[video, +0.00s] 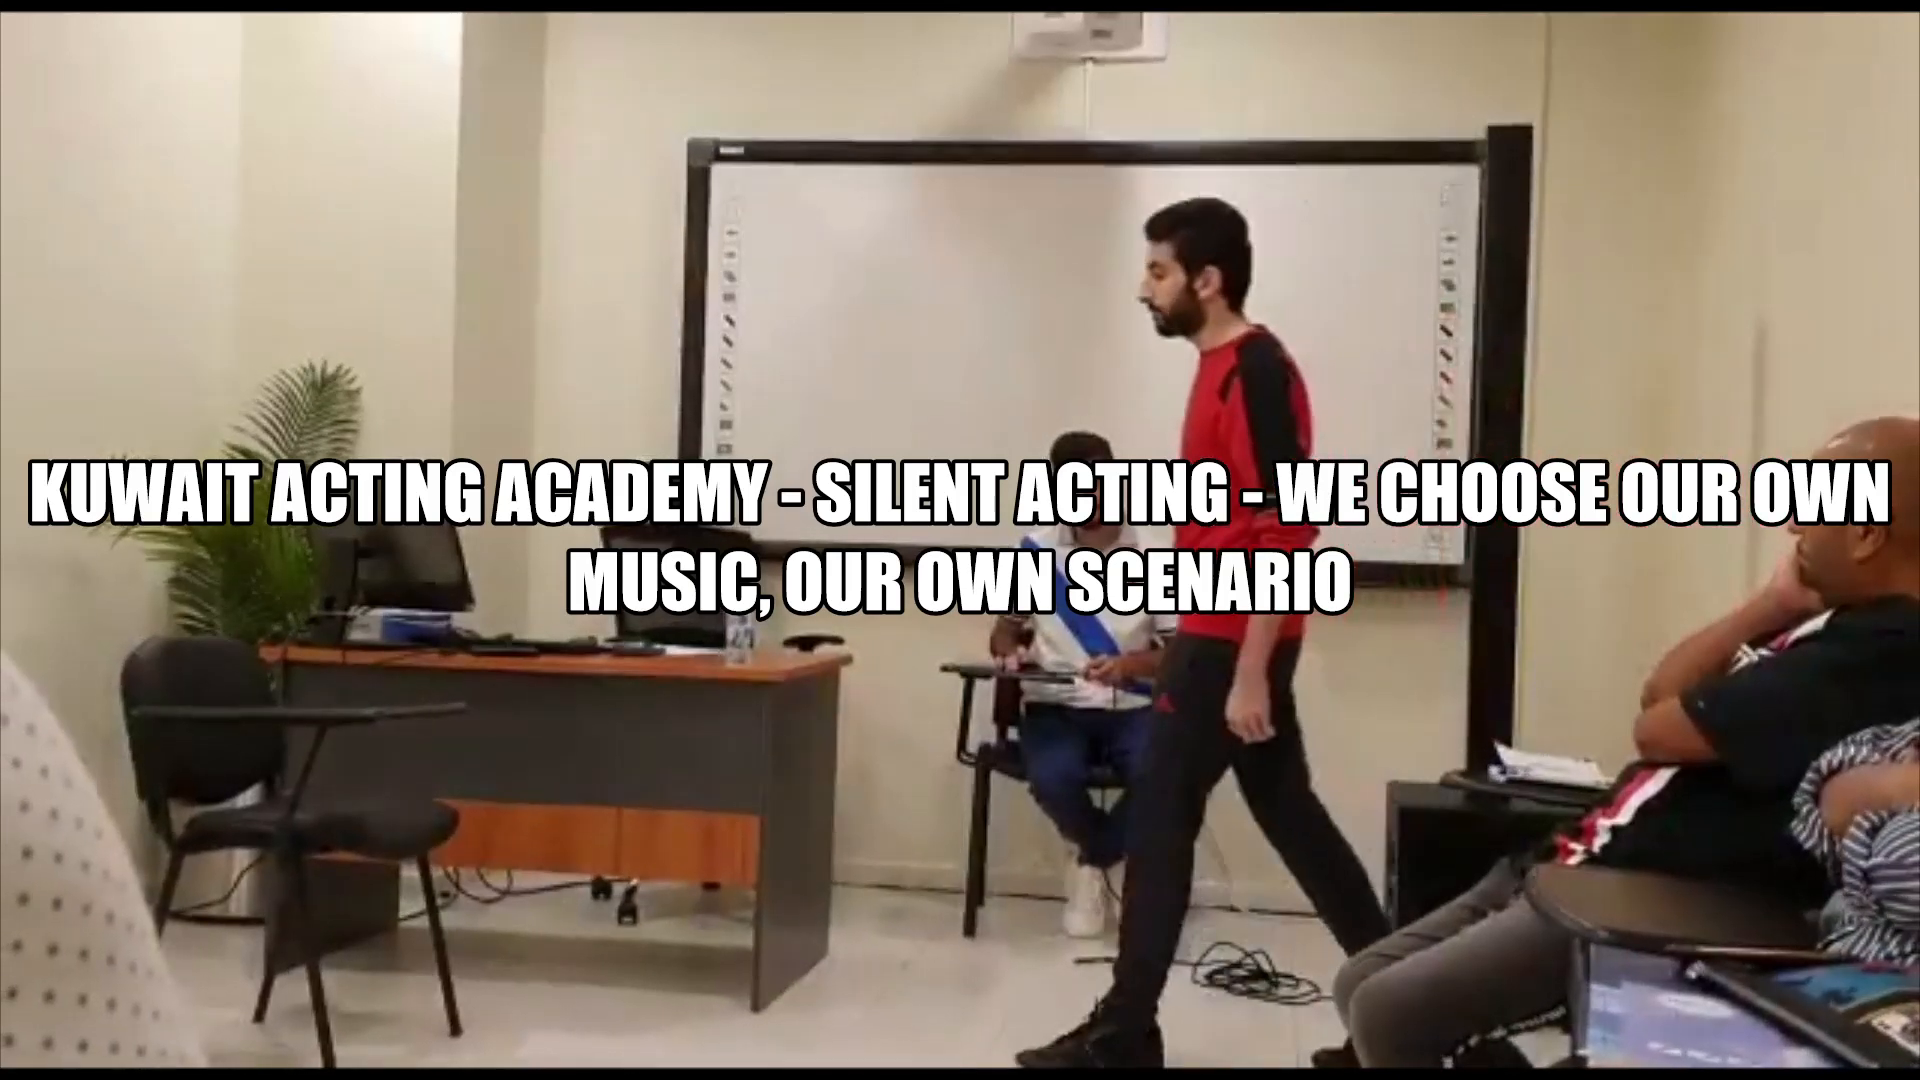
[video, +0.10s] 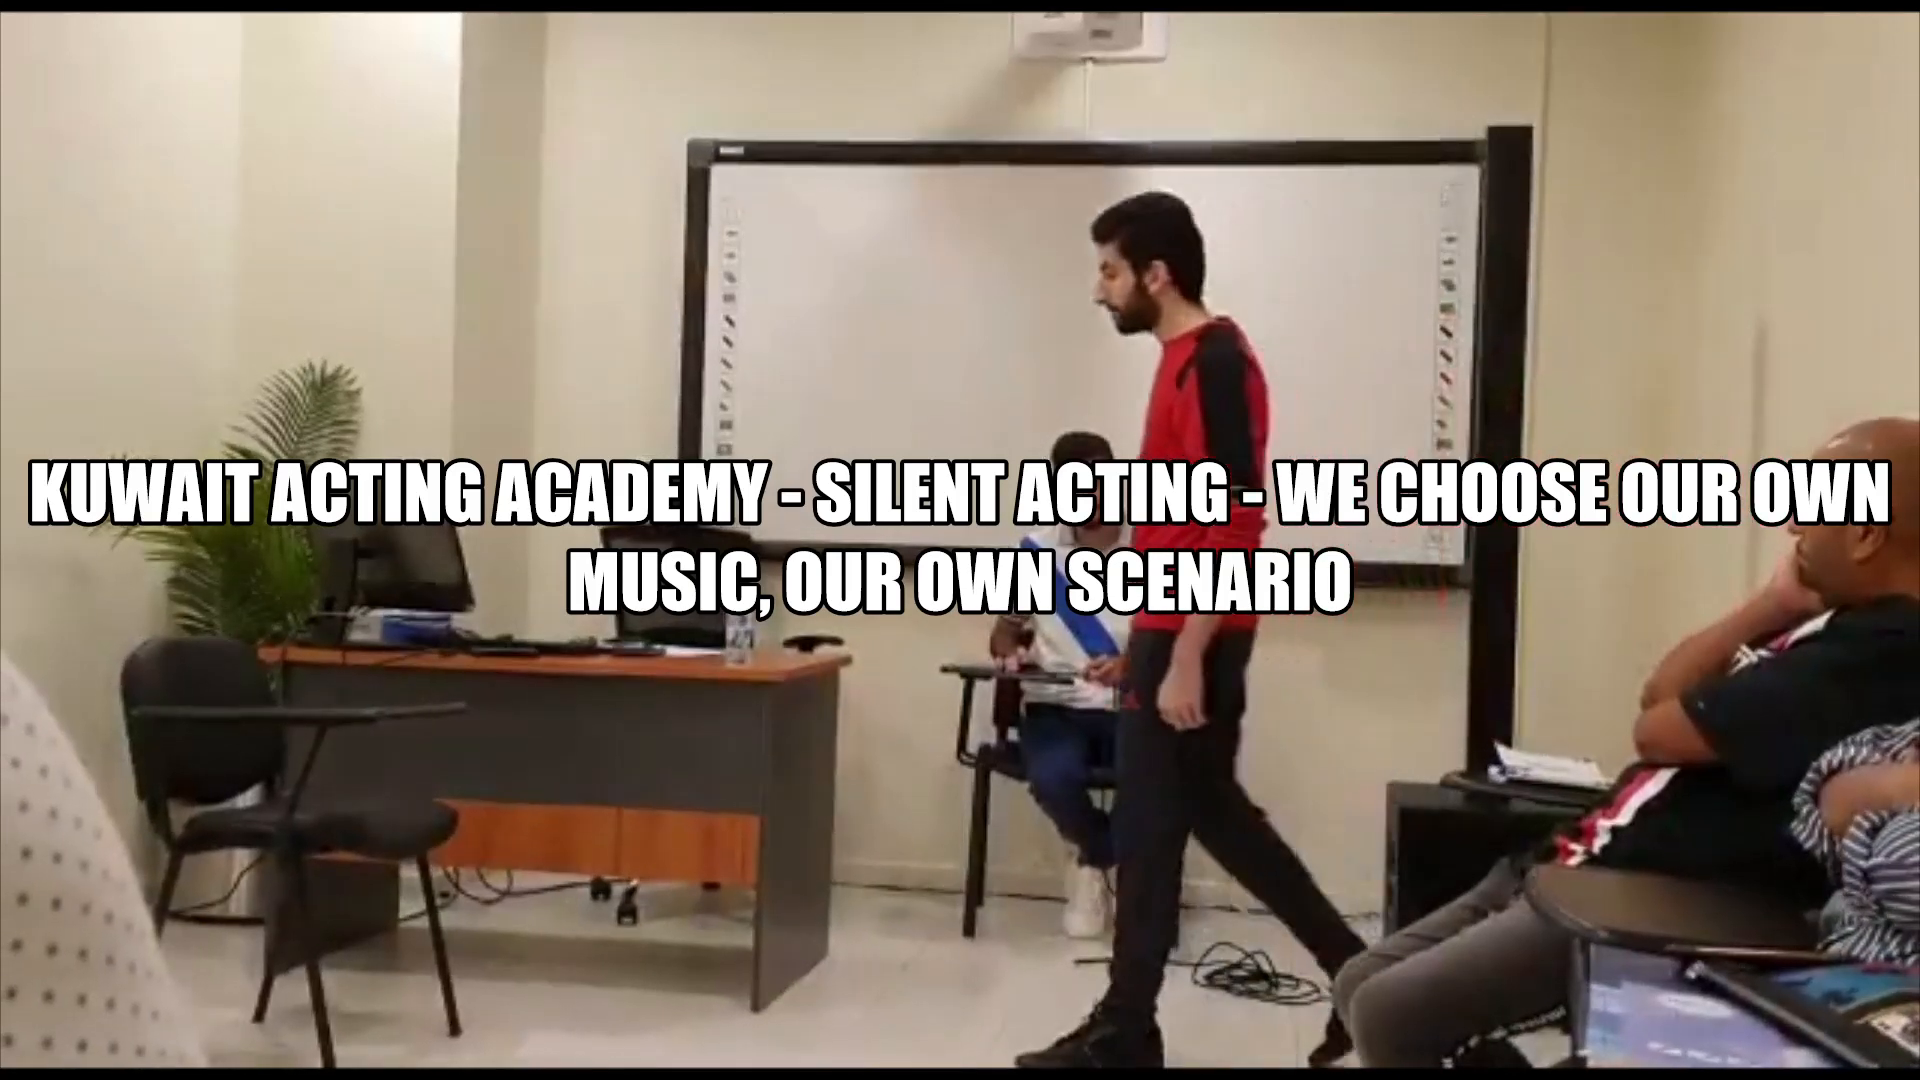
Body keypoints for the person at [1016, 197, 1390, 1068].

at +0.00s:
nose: (1145, 289)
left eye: (1158, 272)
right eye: (1146, 272)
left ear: (1210, 277)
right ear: (1206, 280)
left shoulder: (1258, 369)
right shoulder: (1216, 368)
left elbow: (1288, 531)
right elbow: (1221, 529)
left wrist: (1253, 671)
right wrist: (1170, 646)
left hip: (1235, 646)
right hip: (1224, 640)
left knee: (1160, 822)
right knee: (1289, 815)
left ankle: (1128, 1023)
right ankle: (1399, 987)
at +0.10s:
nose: (1099, 289)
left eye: (1108, 271)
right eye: (1099, 272)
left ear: (1156, 273)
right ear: (1161, 274)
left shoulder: (1217, 359)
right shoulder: (1185, 358)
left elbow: (1234, 517)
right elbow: (1182, 521)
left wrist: (1190, 658)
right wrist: (1138, 644)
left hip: (1195, 637)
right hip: (1166, 634)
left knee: (1150, 826)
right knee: (1210, 812)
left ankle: (1127, 1027)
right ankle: (1361, 976)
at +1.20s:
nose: (835, 355)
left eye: (833, 336)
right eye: (828, 340)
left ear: (870, 311)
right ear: (872, 315)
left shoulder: (982, 354)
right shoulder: (915, 386)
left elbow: (1028, 485)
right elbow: (900, 526)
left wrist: (981, 609)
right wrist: (810, 594)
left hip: (986, 618)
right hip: (933, 617)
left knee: (976, 808)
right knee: (932, 802)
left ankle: (998, 1016)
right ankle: (943, 986)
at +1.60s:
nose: (858, 347)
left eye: (860, 326)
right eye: (849, 332)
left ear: (904, 299)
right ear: (897, 310)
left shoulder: (1003, 359)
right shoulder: (924, 386)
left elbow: (1035, 500)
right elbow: (924, 517)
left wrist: (1004, 642)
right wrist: (842, 535)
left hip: (985, 625)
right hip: (925, 623)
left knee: (990, 808)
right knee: (927, 800)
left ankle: (1040, 1010)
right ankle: (941, 989)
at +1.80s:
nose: (896, 339)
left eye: (902, 319)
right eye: (886, 324)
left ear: (950, 291)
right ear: (926, 305)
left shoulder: (1037, 370)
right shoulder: (951, 380)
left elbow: (1063, 518)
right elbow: (957, 508)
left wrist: (938, 540)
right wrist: (897, 543)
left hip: (1004, 637)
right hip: (939, 631)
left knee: (1009, 817)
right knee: (934, 805)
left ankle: (1044, 1022)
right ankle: (941, 989)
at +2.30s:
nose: (961, 342)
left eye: (970, 321)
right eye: (946, 330)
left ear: (1006, 292)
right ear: (934, 320)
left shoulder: (1086, 376)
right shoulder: (974, 377)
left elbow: (1135, 515)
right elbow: (983, 501)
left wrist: (1064, 557)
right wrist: (957, 596)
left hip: (1046, 638)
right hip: (962, 632)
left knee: (1048, 826)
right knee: (932, 795)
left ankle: (1046, 1023)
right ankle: (946, 991)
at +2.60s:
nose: (958, 343)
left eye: (966, 323)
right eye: (943, 330)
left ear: (1004, 292)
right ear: (934, 319)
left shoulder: (1085, 376)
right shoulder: (973, 378)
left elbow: (1138, 511)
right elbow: (958, 497)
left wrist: (1069, 571)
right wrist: (910, 599)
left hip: (1045, 638)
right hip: (963, 632)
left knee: (1045, 827)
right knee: (941, 805)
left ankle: (1046, 1024)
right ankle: (947, 992)